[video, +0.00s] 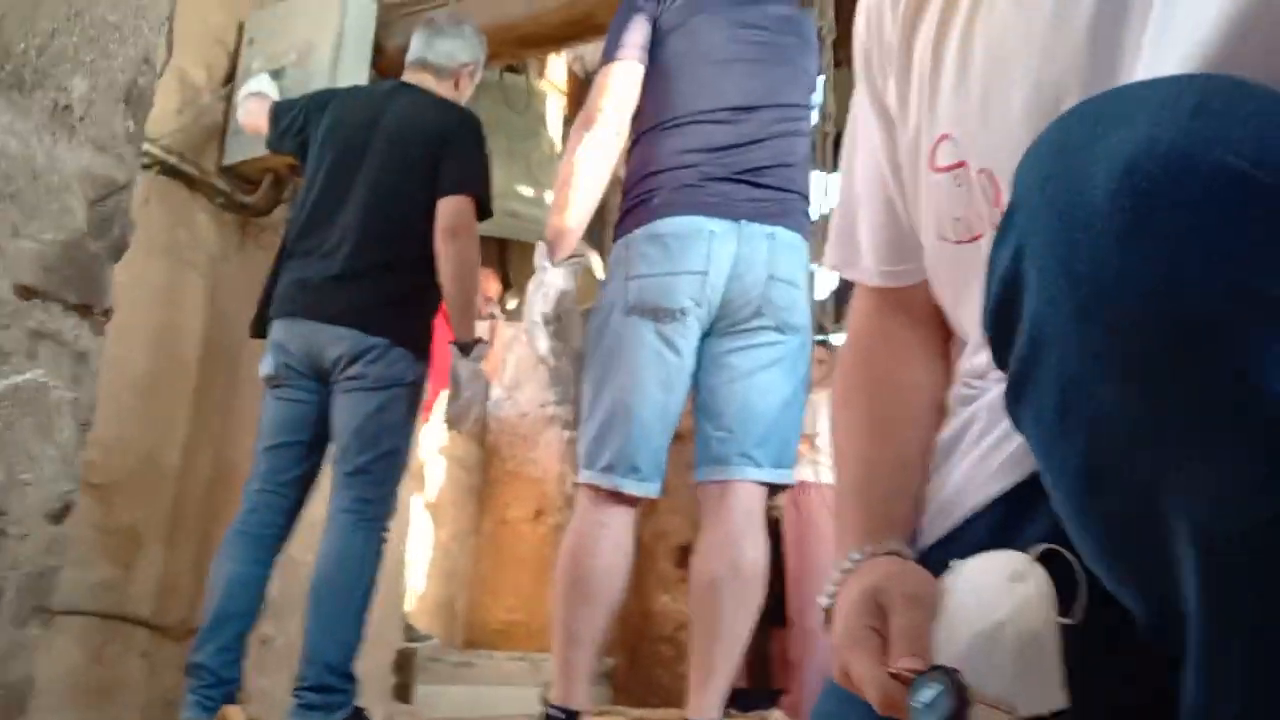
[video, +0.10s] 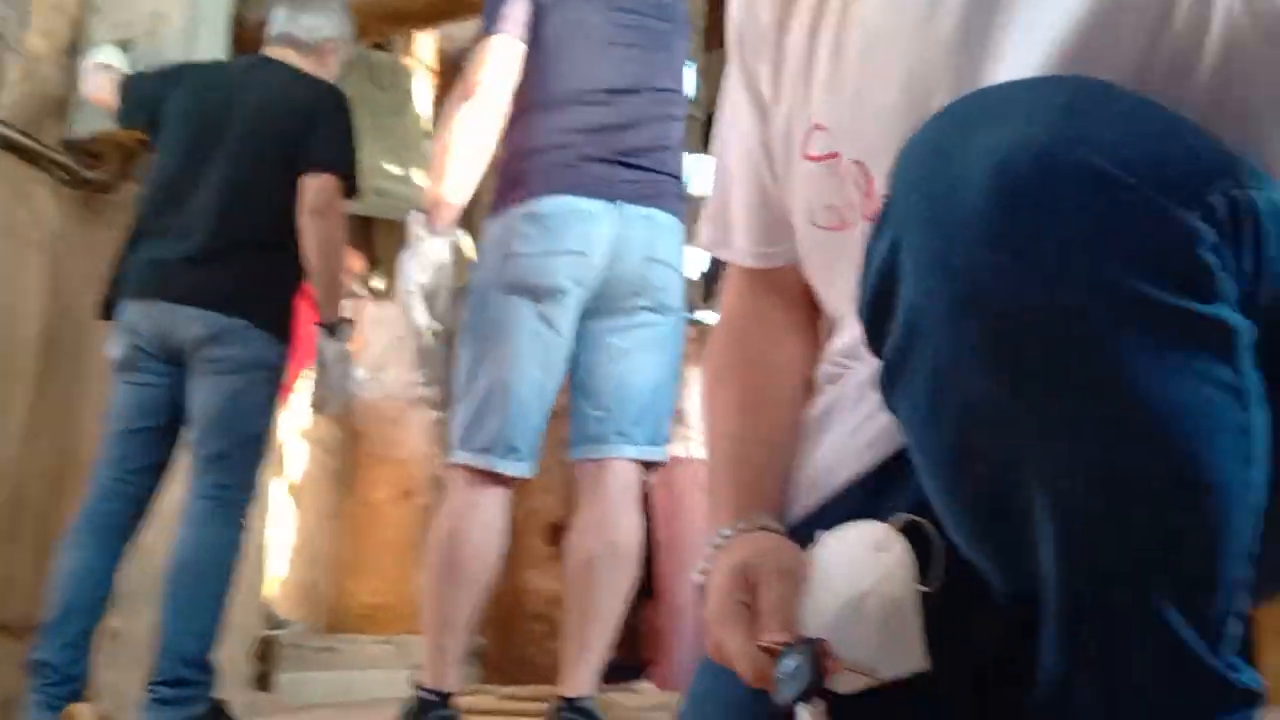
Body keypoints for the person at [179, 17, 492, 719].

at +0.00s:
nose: (476, 89)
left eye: (477, 81)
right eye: (479, 81)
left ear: (408, 61)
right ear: (467, 76)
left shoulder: (340, 104)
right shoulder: (457, 126)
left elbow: (256, 116)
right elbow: (455, 226)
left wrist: (254, 94)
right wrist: (467, 343)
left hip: (297, 320)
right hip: (380, 335)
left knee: (266, 500)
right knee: (358, 510)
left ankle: (207, 692)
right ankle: (323, 701)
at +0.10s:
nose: (340, 69)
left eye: (341, 59)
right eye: (342, 59)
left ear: (269, 37)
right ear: (331, 51)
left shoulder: (197, 80)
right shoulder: (321, 101)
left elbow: (110, 92)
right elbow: (319, 207)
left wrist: (100, 71)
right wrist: (332, 316)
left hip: (148, 302)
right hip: (239, 317)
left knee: (114, 490)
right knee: (217, 499)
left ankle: (50, 687)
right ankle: (179, 695)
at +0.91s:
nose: (312, 162)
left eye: (316, 148)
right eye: (311, 144)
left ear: (236, 127)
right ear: (277, 128)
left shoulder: (154, 165)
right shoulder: (281, 192)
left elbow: (69, 185)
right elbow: (276, 294)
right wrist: (290, 413)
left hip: (101, 383)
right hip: (196, 403)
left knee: (58, 583)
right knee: (164, 596)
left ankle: (14, 707)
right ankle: (128, 714)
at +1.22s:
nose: (327, 214)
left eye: (329, 200)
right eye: (322, 197)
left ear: (249, 188)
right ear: (279, 187)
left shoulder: (164, 226)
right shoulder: (278, 251)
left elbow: (102, 240)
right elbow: (271, 359)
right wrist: (287, 468)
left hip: (113, 451)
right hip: (204, 468)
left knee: (80, 633)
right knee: (183, 650)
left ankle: (35, 714)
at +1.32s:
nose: (357, 202)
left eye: (359, 188)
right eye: (351, 185)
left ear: (280, 178)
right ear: (312, 176)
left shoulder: (203, 218)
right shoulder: (314, 242)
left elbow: (137, 232)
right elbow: (309, 343)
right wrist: (320, 460)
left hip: (152, 440)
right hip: (242, 455)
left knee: (124, 619)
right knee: (221, 633)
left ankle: (76, 712)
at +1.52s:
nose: (437, 178)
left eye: (441, 164)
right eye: (433, 160)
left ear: (368, 154)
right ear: (393, 151)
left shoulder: (285, 199)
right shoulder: (396, 217)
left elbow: (221, 214)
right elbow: (391, 321)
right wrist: (407, 441)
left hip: (241, 420)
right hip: (327, 434)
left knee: (212, 604)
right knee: (309, 614)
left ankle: (168, 714)